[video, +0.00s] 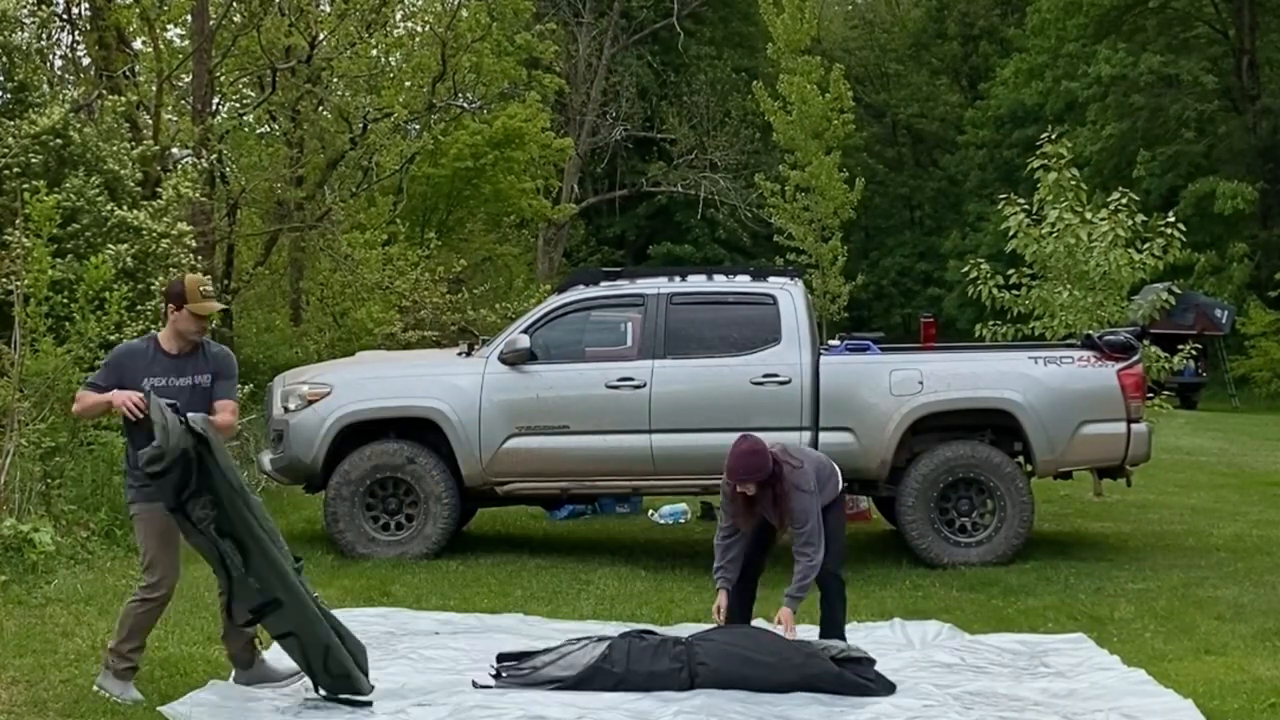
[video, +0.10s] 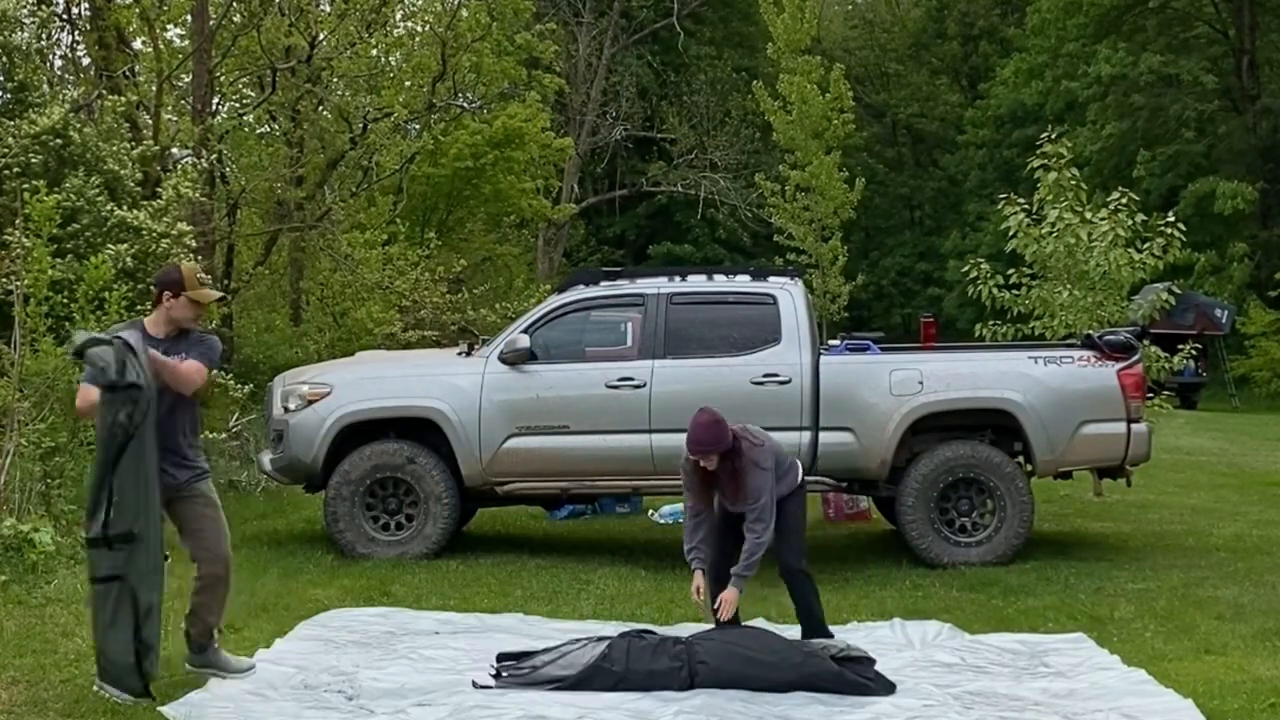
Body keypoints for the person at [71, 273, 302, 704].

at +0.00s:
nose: (207, 324)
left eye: (210, 317)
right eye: (199, 317)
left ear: (208, 314)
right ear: (173, 312)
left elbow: (228, 422)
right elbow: (81, 405)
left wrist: (196, 424)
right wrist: (111, 397)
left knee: (235, 565)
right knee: (160, 581)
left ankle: (247, 664)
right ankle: (116, 675)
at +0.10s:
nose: (201, 310)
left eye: (202, 303)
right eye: (194, 303)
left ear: (182, 302)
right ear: (167, 300)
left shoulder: (203, 343)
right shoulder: (119, 341)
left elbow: (190, 381)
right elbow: (84, 404)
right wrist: (130, 375)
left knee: (217, 560)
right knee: (124, 566)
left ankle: (202, 648)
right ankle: (117, 669)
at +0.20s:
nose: (216, 316)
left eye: (217, 309)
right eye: (212, 308)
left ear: (197, 304)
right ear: (189, 303)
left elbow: (191, 399)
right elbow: (101, 406)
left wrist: (129, 392)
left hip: (188, 477)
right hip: (138, 475)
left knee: (196, 571)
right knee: (133, 574)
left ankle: (171, 665)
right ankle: (115, 674)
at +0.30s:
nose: (243, 319)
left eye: (244, 312)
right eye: (239, 312)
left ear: (222, 308)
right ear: (217, 307)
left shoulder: (234, 351)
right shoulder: (166, 351)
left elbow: (242, 413)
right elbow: (129, 414)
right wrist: (90, 468)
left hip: (207, 478)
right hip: (168, 477)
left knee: (192, 575)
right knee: (175, 570)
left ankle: (168, 665)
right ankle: (121, 665)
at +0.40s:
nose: (266, 321)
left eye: (266, 313)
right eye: (262, 312)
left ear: (244, 310)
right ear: (242, 308)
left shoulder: (247, 353)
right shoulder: (198, 354)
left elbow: (261, 414)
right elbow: (177, 421)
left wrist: (274, 471)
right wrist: (194, 485)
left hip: (221, 472)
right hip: (205, 474)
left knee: (199, 573)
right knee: (262, 545)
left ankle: (167, 664)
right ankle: (211, 634)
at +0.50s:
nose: (304, 332)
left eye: (304, 324)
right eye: (301, 323)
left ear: (275, 319)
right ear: (283, 319)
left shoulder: (248, 356)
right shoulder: (260, 366)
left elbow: (258, 414)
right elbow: (250, 437)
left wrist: (297, 400)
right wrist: (283, 489)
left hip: (239, 492)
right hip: (264, 495)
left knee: (226, 579)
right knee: (297, 580)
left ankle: (172, 663)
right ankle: (312, 676)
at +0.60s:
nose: (355, 341)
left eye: (356, 334)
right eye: (353, 333)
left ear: (326, 327)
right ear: (335, 329)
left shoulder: (293, 361)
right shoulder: (319, 378)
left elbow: (284, 438)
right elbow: (324, 454)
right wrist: (345, 513)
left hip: (288, 494)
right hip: (310, 500)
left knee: (315, 570)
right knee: (333, 591)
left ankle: (237, 621)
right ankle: (313, 685)